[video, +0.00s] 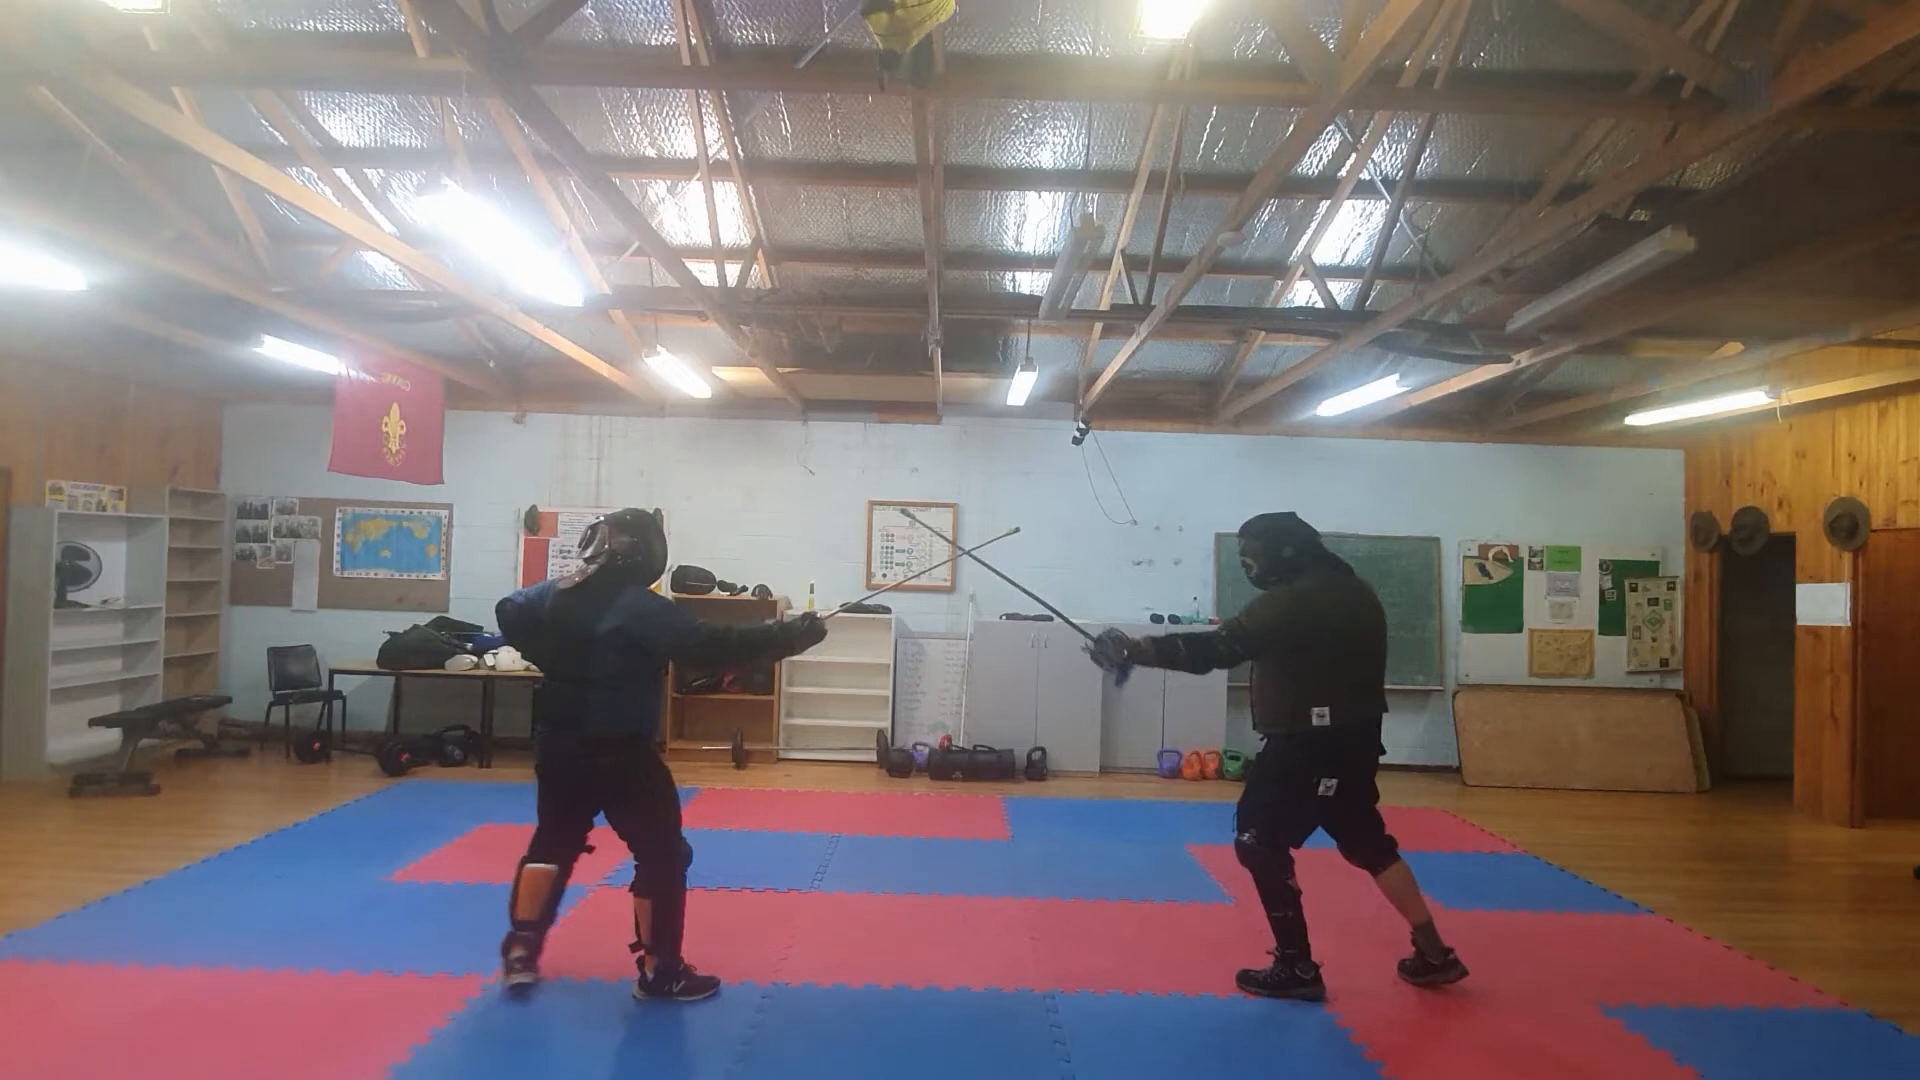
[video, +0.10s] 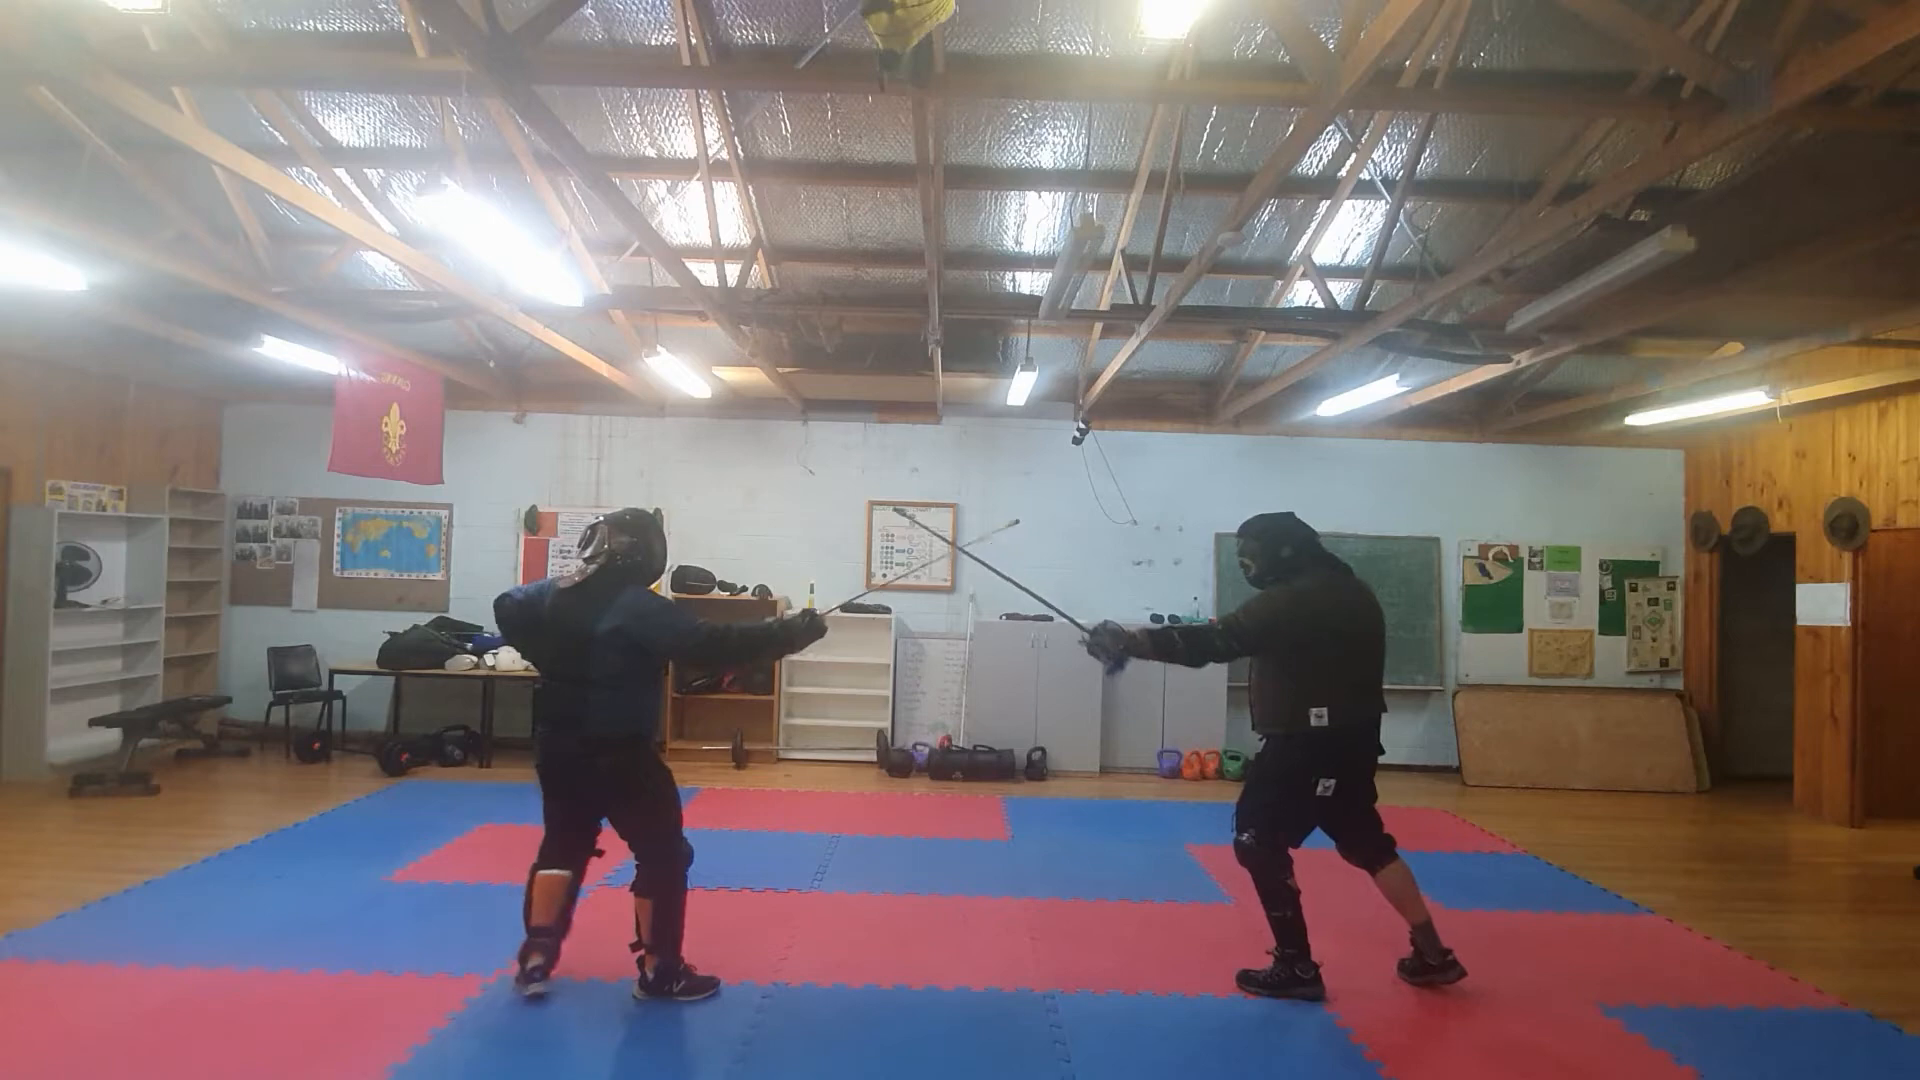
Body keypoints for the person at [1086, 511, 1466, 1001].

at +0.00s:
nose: (1248, 570)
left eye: (1252, 559)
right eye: (1245, 561)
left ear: (1282, 552)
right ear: (1300, 549)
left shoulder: (1288, 601)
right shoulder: (1354, 590)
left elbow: (1219, 647)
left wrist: (1135, 649)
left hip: (1300, 745)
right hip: (1355, 742)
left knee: (1258, 840)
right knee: (1366, 840)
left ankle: (1296, 965)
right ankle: (1434, 951)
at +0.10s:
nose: (1245, 569)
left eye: (1250, 558)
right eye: (1242, 559)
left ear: (1281, 550)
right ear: (1298, 549)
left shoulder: (1290, 599)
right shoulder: (1351, 590)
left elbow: (1217, 639)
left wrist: (1129, 640)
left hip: (1300, 745)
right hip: (1353, 741)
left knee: (1257, 840)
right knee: (1366, 840)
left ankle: (1295, 965)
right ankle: (1433, 951)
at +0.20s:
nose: (1247, 570)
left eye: (1251, 559)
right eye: (1245, 560)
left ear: (1280, 551)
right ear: (1300, 549)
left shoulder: (1290, 598)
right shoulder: (1352, 591)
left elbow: (1218, 638)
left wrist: (1131, 638)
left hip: (1299, 745)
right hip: (1353, 743)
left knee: (1256, 841)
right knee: (1364, 843)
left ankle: (1296, 964)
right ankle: (1434, 953)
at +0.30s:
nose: (1254, 569)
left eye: (1259, 559)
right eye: (1252, 560)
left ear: (1291, 553)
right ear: (1309, 552)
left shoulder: (1297, 600)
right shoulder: (1360, 595)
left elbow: (1227, 639)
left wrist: (1142, 639)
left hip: (1300, 746)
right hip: (1356, 745)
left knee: (1255, 840)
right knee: (1365, 850)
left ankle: (1295, 964)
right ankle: (1434, 964)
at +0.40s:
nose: (1264, 572)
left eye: (1269, 561)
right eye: (1263, 562)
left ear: (1297, 557)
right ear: (1320, 552)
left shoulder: (1305, 601)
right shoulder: (1370, 598)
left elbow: (1232, 640)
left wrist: (1146, 638)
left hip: (1303, 752)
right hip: (1361, 752)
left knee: (1255, 840)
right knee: (1378, 858)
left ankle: (1294, 964)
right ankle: (1440, 973)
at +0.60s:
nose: (1274, 578)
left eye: (1278, 567)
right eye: (1272, 568)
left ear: (1305, 563)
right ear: (1328, 556)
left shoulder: (1309, 608)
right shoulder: (1383, 606)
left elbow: (1239, 654)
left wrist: (1155, 644)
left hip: (1306, 757)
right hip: (1367, 760)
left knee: (1234, 826)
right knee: (1396, 865)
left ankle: (1266, 951)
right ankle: (1446, 981)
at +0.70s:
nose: (1261, 578)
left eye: (1266, 568)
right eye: (1259, 568)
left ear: (1294, 563)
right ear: (1316, 558)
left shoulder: (1295, 613)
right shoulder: (1370, 606)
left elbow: (1234, 668)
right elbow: (1383, 673)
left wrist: (1145, 656)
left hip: (1299, 759)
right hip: (1360, 759)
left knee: (1228, 834)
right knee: (1392, 866)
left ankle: (1221, 962)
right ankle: (1446, 981)